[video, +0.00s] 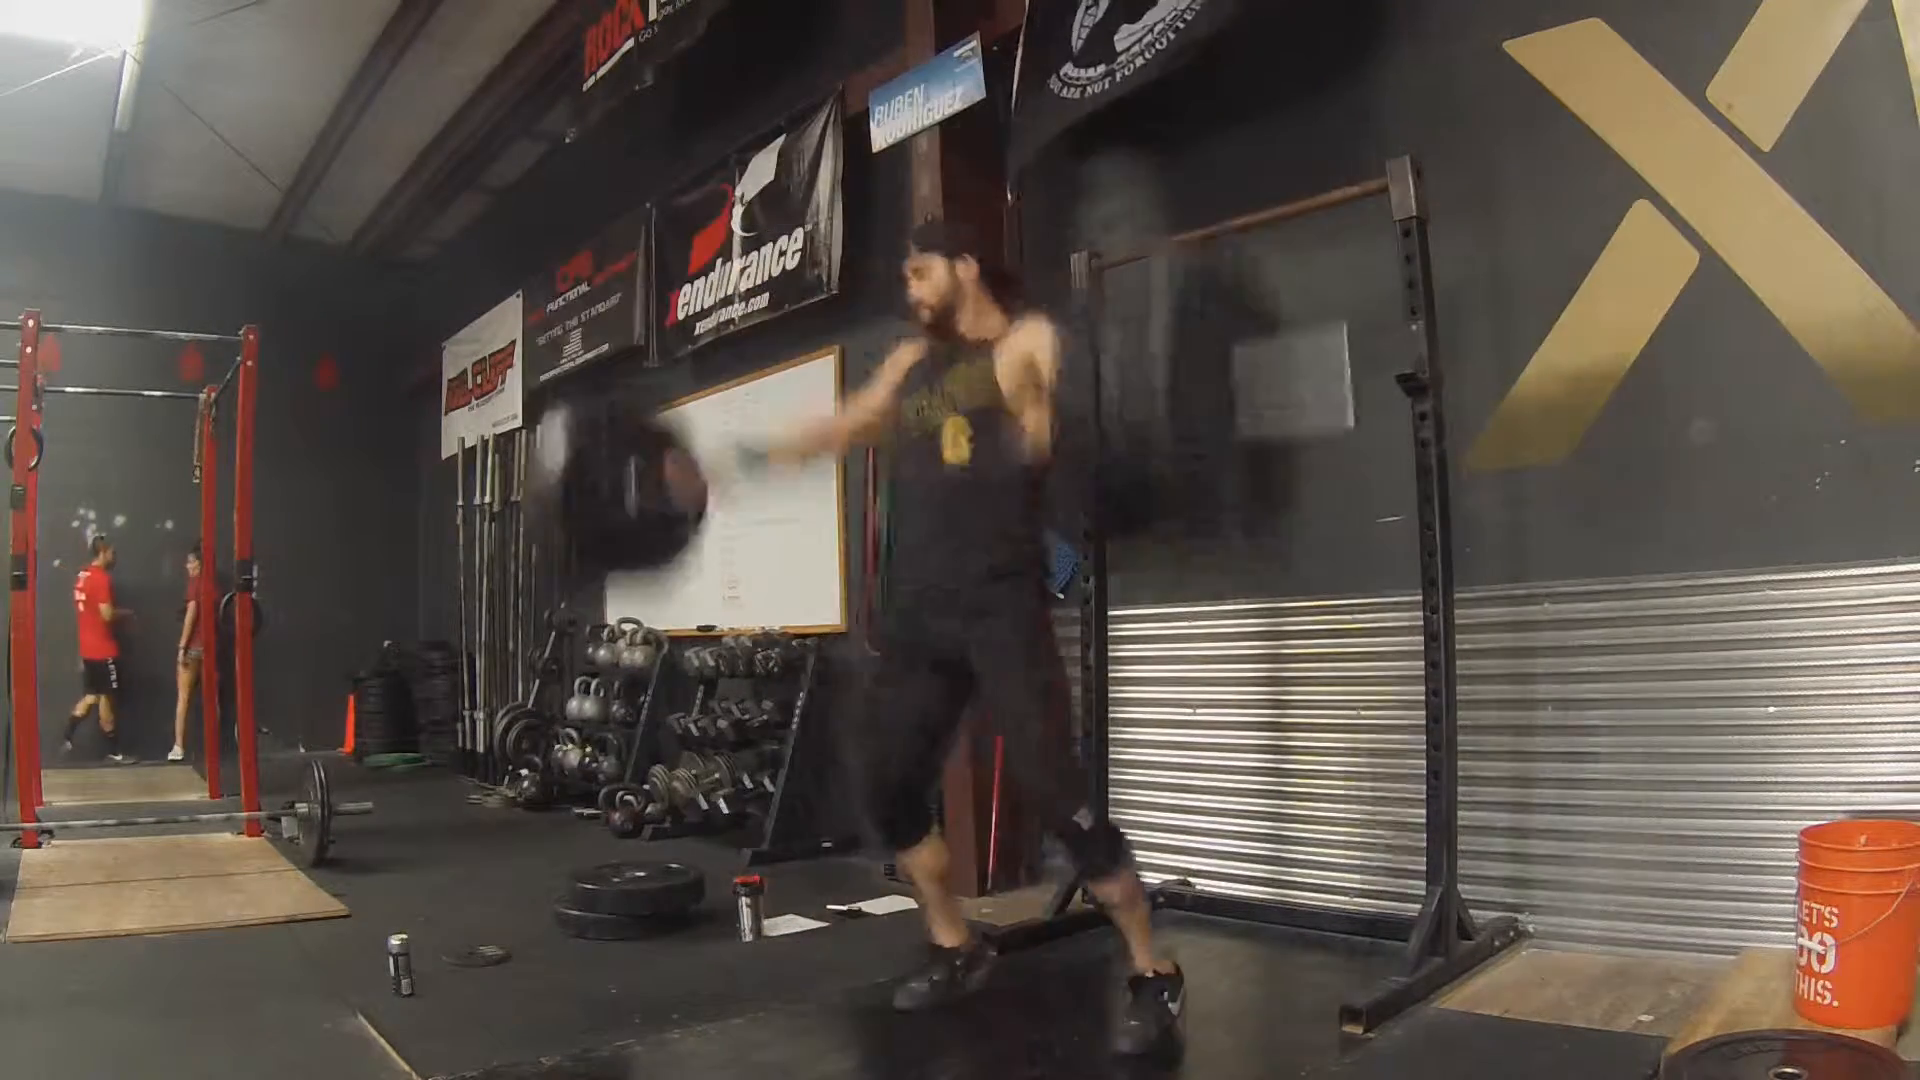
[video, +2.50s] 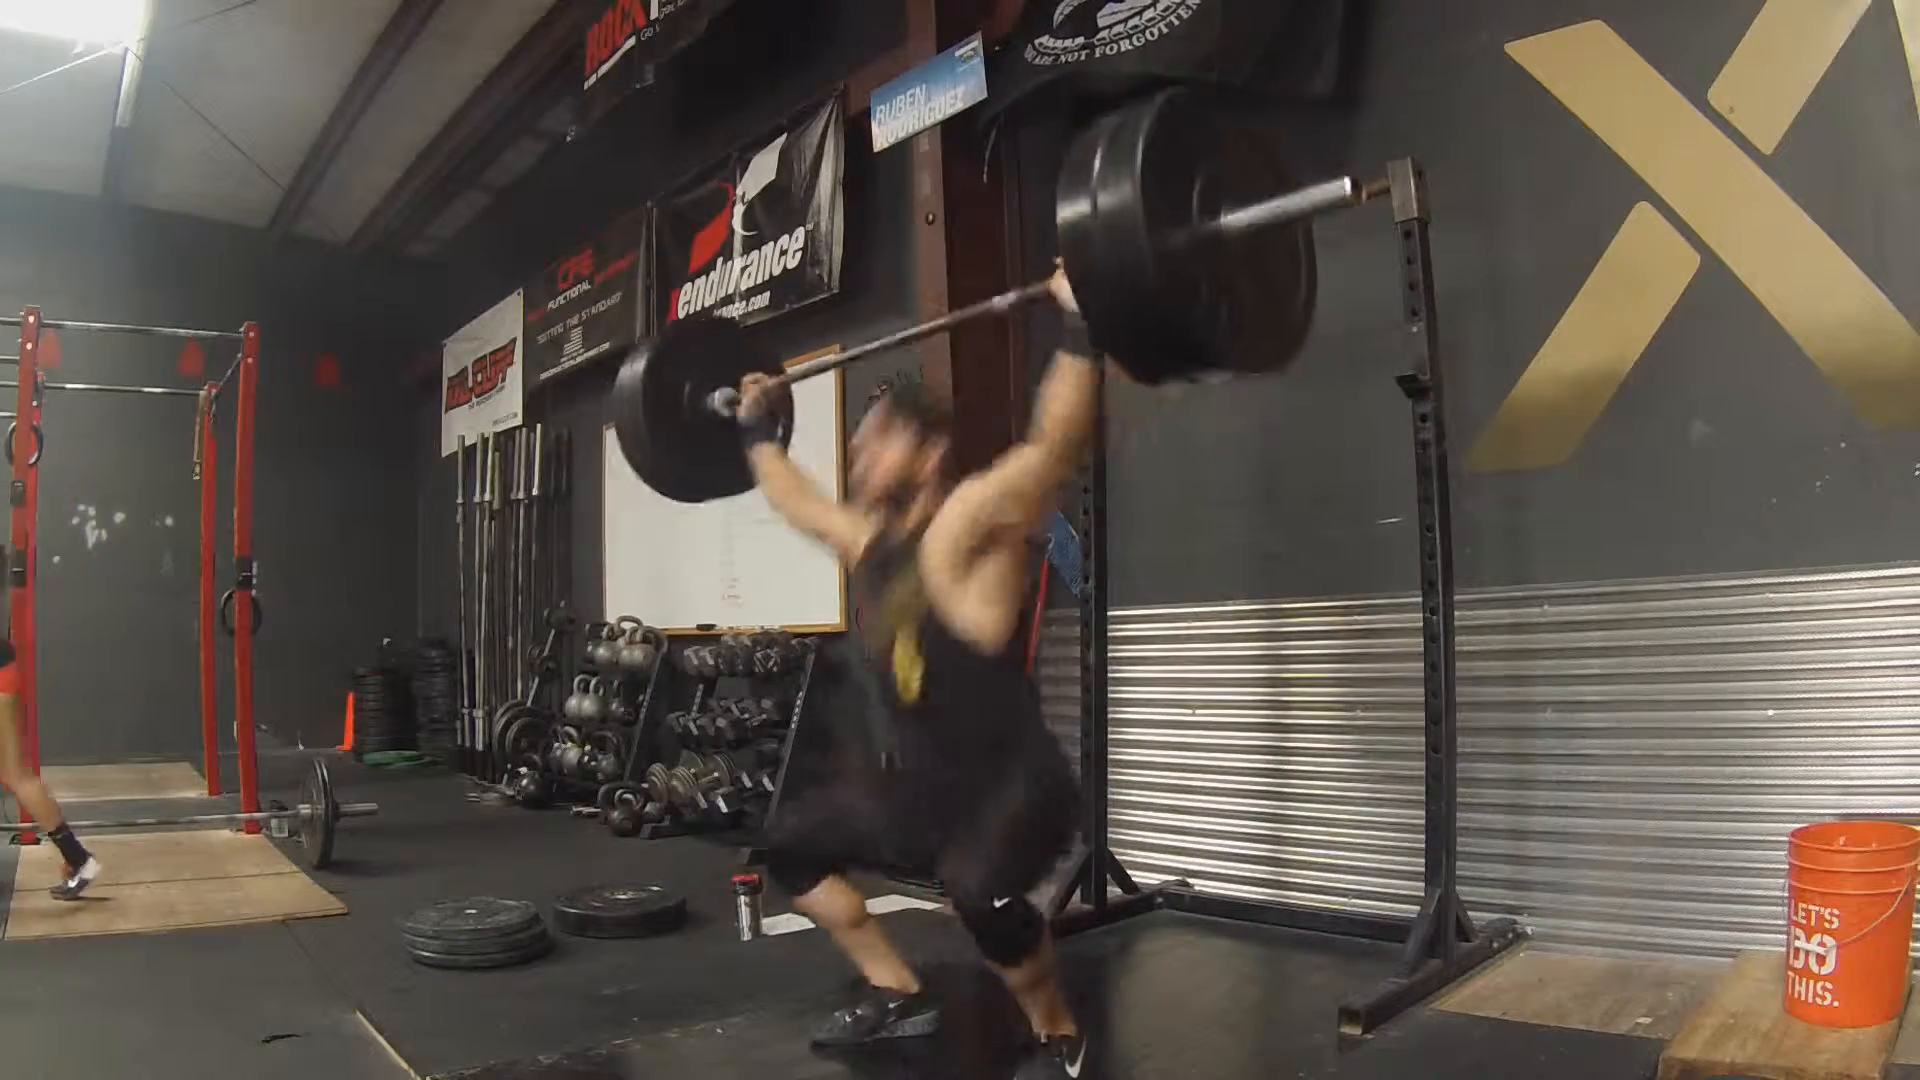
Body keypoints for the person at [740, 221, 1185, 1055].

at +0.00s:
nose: (912, 290)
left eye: (923, 274)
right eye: (908, 278)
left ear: (967, 271)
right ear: (923, 284)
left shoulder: (1030, 343)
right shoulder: (914, 359)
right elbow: (848, 423)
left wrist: (1019, 386)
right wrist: (774, 448)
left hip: (1007, 607)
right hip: (922, 609)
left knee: (1051, 791)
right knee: (888, 781)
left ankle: (1151, 970)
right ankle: (957, 946)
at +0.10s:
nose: (915, 313)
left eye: (925, 298)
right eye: (911, 302)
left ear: (970, 295)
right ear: (943, 303)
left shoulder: (1044, 378)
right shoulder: (921, 396)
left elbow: (1107, 483)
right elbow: (889, 491)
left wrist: (1102, 584)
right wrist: (847, 556)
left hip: (1028, 628)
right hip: (937, 632)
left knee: (1070, 808)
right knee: (893, 796)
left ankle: (1154, 975)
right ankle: (959, 951)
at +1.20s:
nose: (799, 413)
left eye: (818, 396)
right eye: (800, 399)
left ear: (871, 413)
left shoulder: (949, 498)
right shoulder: (829, 522)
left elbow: (1060, 608)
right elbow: (821, 628)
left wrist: (1125, 729)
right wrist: (800, 717)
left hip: (1061, 649)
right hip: (979, 663)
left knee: (1070, 826)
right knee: (887, 786)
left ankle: (1079, 1025)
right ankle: (918, 991)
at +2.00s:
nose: (857, 295)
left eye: (879, 284)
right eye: (857, 287)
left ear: (922, 312)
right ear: (855, 323)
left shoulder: (972, 401)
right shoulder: (857, 430)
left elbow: (1073, 492)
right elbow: (827, 533)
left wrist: (1112, 610)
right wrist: (791, 624)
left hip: (1017, 659)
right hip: (920, 663)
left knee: (1016, 855)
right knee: (843, 805)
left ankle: (1069, 1025)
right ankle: (915, 992)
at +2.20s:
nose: (999, 225)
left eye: (1021, 220)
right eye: (995, 220)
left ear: (1056, 250)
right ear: (982, 254)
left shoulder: (1047, 298)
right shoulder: (935, 339)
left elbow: (1092, 354)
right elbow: (860, 414)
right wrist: (779, 476)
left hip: (983, 554)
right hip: (895, 557)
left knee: (1000, 768)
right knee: (873, 758)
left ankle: (1059, 1004)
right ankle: (895, 970)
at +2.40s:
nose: (935, 351)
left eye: (953, 334)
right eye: (935, 337)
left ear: (1004, 344)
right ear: (942, 351)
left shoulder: (1037, 408)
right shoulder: (931, 427)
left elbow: (1121, 424)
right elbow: (856, 444)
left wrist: (1100, 319)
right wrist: (783, 403)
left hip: (1005, 693)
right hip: (926, 694)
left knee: (987, 871)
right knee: (804, 827)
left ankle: (1061, 1038)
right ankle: (897, 993)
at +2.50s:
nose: (861, 453)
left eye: (880, 437)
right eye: (860, 440)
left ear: (930, 454)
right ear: (862, 459)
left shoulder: (975, 521)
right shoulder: (866, 542)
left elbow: (1057, 447)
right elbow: (794, 498)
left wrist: (1077, 324)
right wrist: (756, 427)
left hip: (1013, 786)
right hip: (917, 786)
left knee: (977, 889)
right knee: (793, 848)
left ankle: (1057, 1034)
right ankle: (898, 995)